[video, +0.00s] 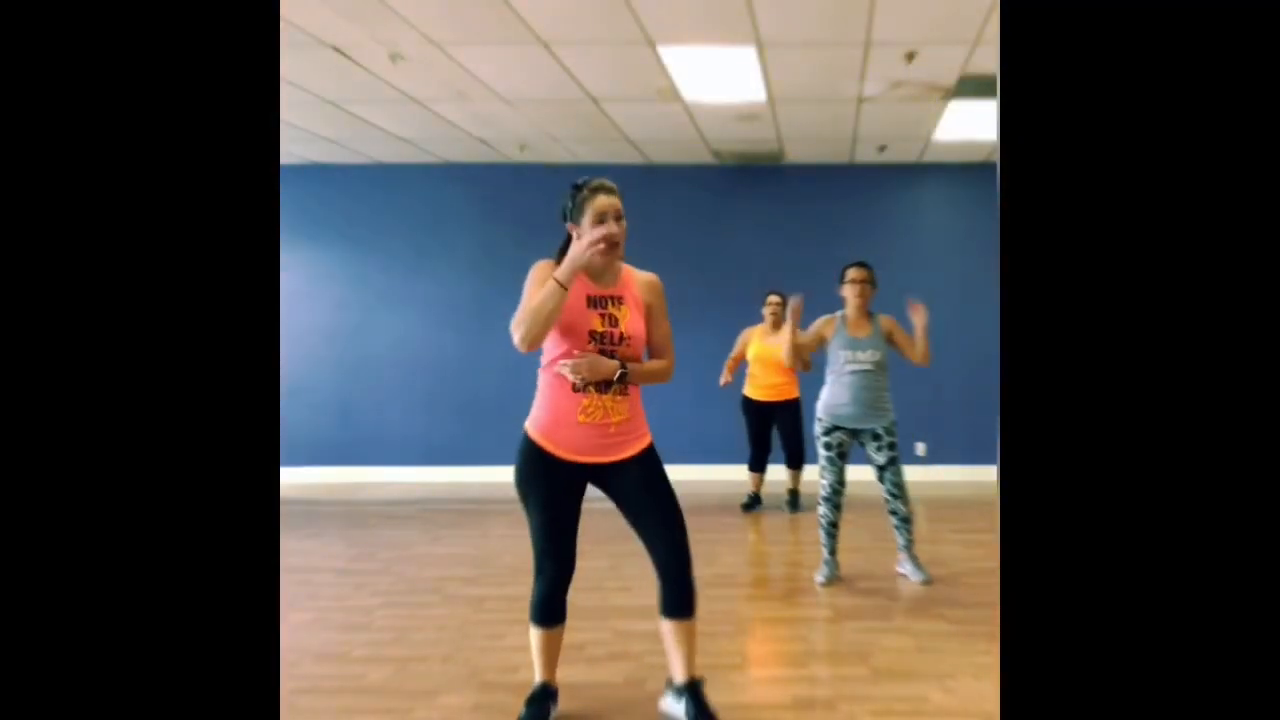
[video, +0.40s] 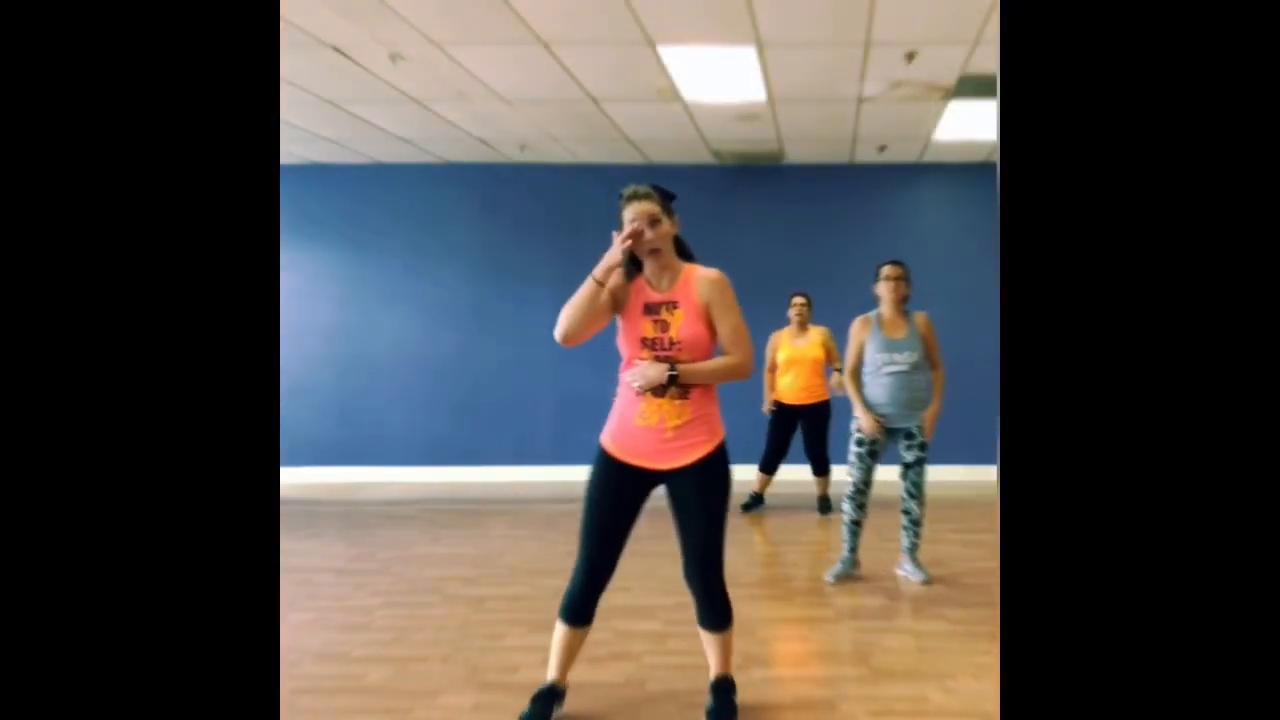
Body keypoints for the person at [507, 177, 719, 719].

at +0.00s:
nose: (613, 228)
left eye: (620, 218)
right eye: (601, 220)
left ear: (626, 225)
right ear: (574, 229)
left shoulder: (645, 285)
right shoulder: (548, 275)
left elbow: (664, 367)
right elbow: (525, 337)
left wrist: (613, 368)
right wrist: (570, 269)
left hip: (627, 449)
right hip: (553, 450)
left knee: (674, 558)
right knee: (553, 573)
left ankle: (684, 688)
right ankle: (543, 690)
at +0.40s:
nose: (644, 232)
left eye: (653, 221)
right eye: (634, 226)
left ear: (674, 224)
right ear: (624, 237)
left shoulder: (708, 283)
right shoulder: (622, 286)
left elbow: (742, 363)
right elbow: (567, 334)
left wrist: (673, 370)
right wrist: (605, 269)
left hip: (696, 447)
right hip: (626, 445)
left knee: (704, 575)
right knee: (590, 572)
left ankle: (721, 686)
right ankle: (552, 686)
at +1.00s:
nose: (662, 230)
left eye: (672, 222)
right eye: (653, 224)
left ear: (692, 235)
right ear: (643, 237)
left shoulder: (716, 294)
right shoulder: (622, 286)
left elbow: (749, 369)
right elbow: (532, 278)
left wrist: (689, 377)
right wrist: (453, 266)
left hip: (716, 454)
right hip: (645, 454)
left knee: (732, 575)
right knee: (584, 563)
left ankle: (728, 685)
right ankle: (574, 643)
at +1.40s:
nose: (607, 223)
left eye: (617, 216)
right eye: (599, 217)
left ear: (637, 230)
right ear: (588, 230)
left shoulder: (656, 299)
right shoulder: (563, 277)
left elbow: (675, 379)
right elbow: (473, 269)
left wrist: (617, 377)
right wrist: (391, 250)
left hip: (644, 449)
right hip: (570, 448)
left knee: (683, 563)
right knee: (549, 567)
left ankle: (716, 679)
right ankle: (532, 671)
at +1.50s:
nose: (605, 223)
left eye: (615, 215)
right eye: (597, 216)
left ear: (636, 227)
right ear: (587, 228)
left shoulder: (657, 294)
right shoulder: (564, 277)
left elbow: (673, 375)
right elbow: (473, 269)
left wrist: (619, 375)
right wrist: (395, 249)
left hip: (640, 446)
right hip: (567, 444)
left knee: (681, 556)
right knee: (550, 564)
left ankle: (699, 664)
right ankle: (532, 670)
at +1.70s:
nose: (624, 234)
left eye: (634, 227)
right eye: (615, 227)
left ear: (650, 237)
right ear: (602, 238)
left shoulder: (677, 297)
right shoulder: (585, 301)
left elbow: (702, 372)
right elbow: (515, 338)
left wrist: (646, 383)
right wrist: (474, 282)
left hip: (652, 457)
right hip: (582, 449)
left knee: (665, 574)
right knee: (563, 562)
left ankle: (686, 668)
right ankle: (532, 669)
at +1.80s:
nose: (637, 227)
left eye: (647, 219)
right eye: (628, 219)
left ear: (662, 230)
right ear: (613, 231)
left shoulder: (685, 281)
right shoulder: (595, 298)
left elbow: (718, 355)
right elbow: (564, 368)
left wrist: (658, 371)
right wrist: (545, 311)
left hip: (670, 445)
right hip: (602, 442)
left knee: (673, 569)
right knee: (567, 559)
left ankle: (687, 669)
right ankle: (538, 669)